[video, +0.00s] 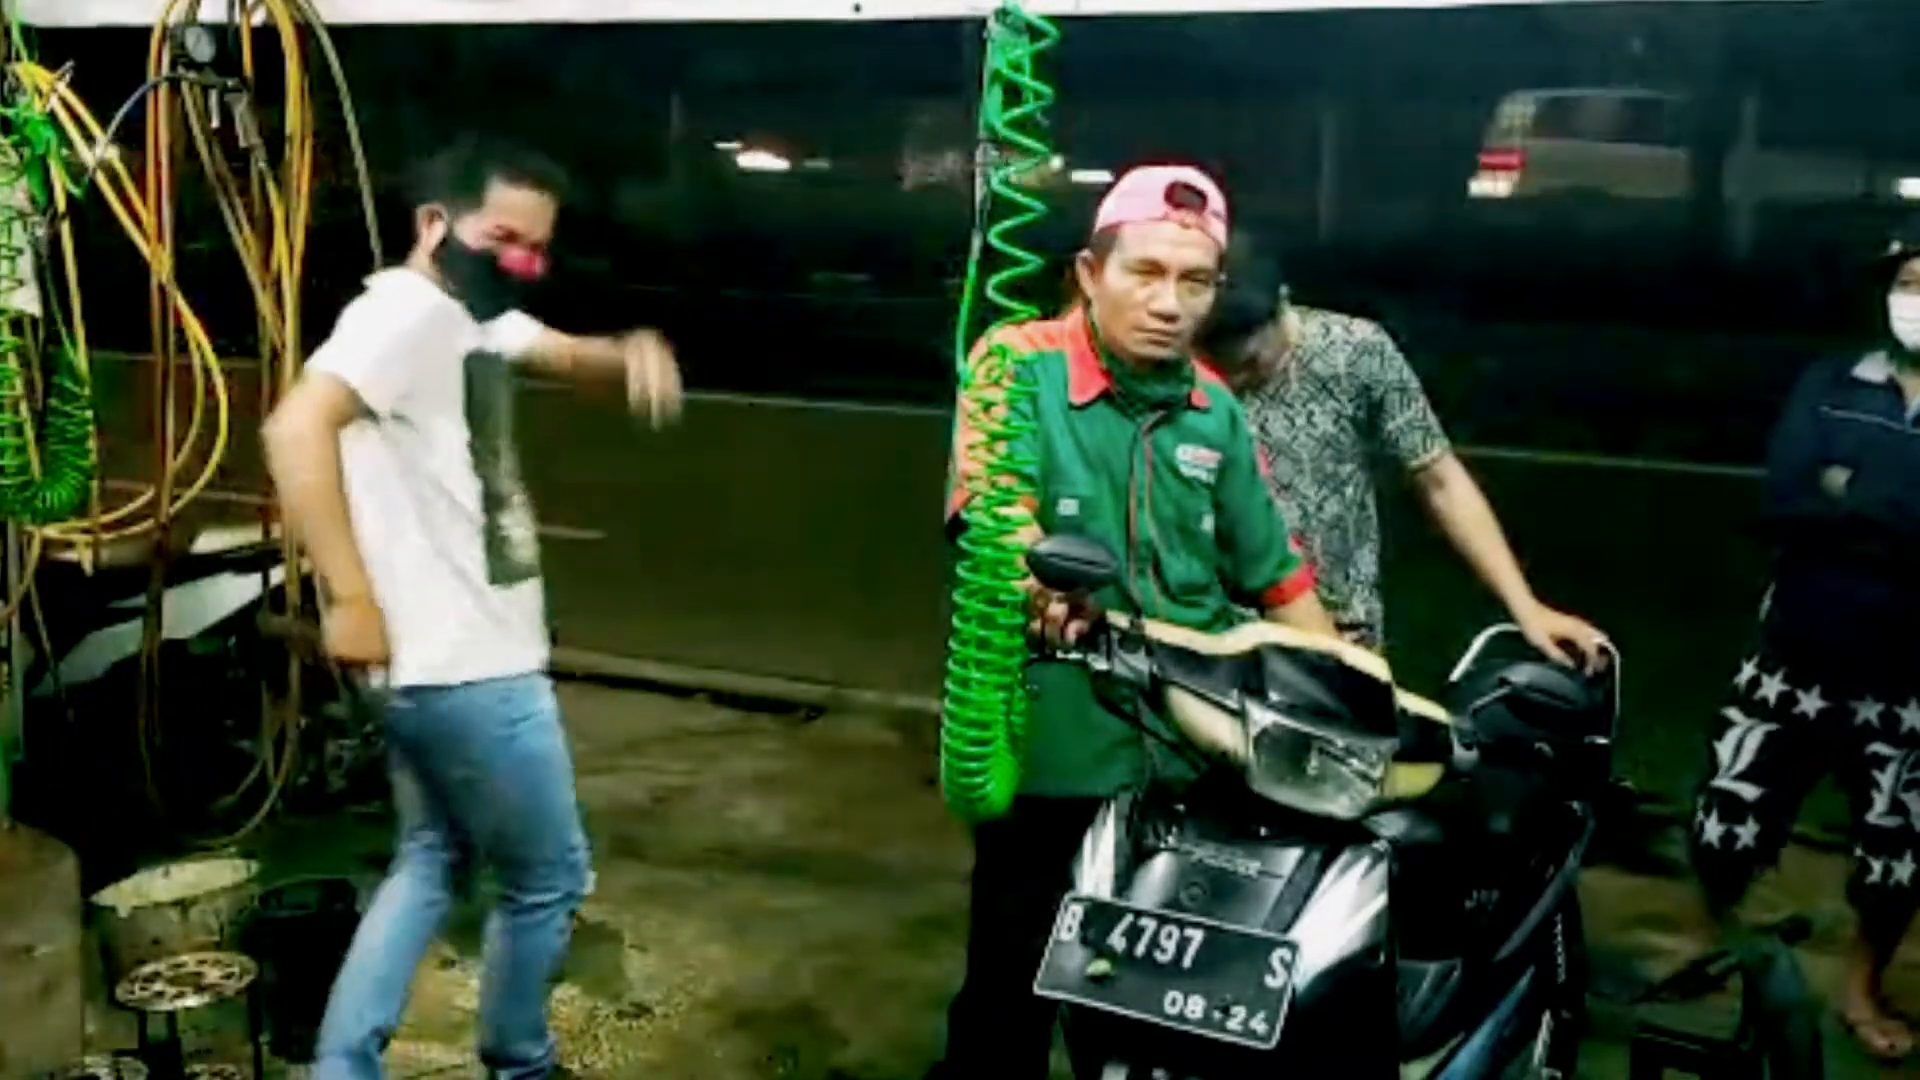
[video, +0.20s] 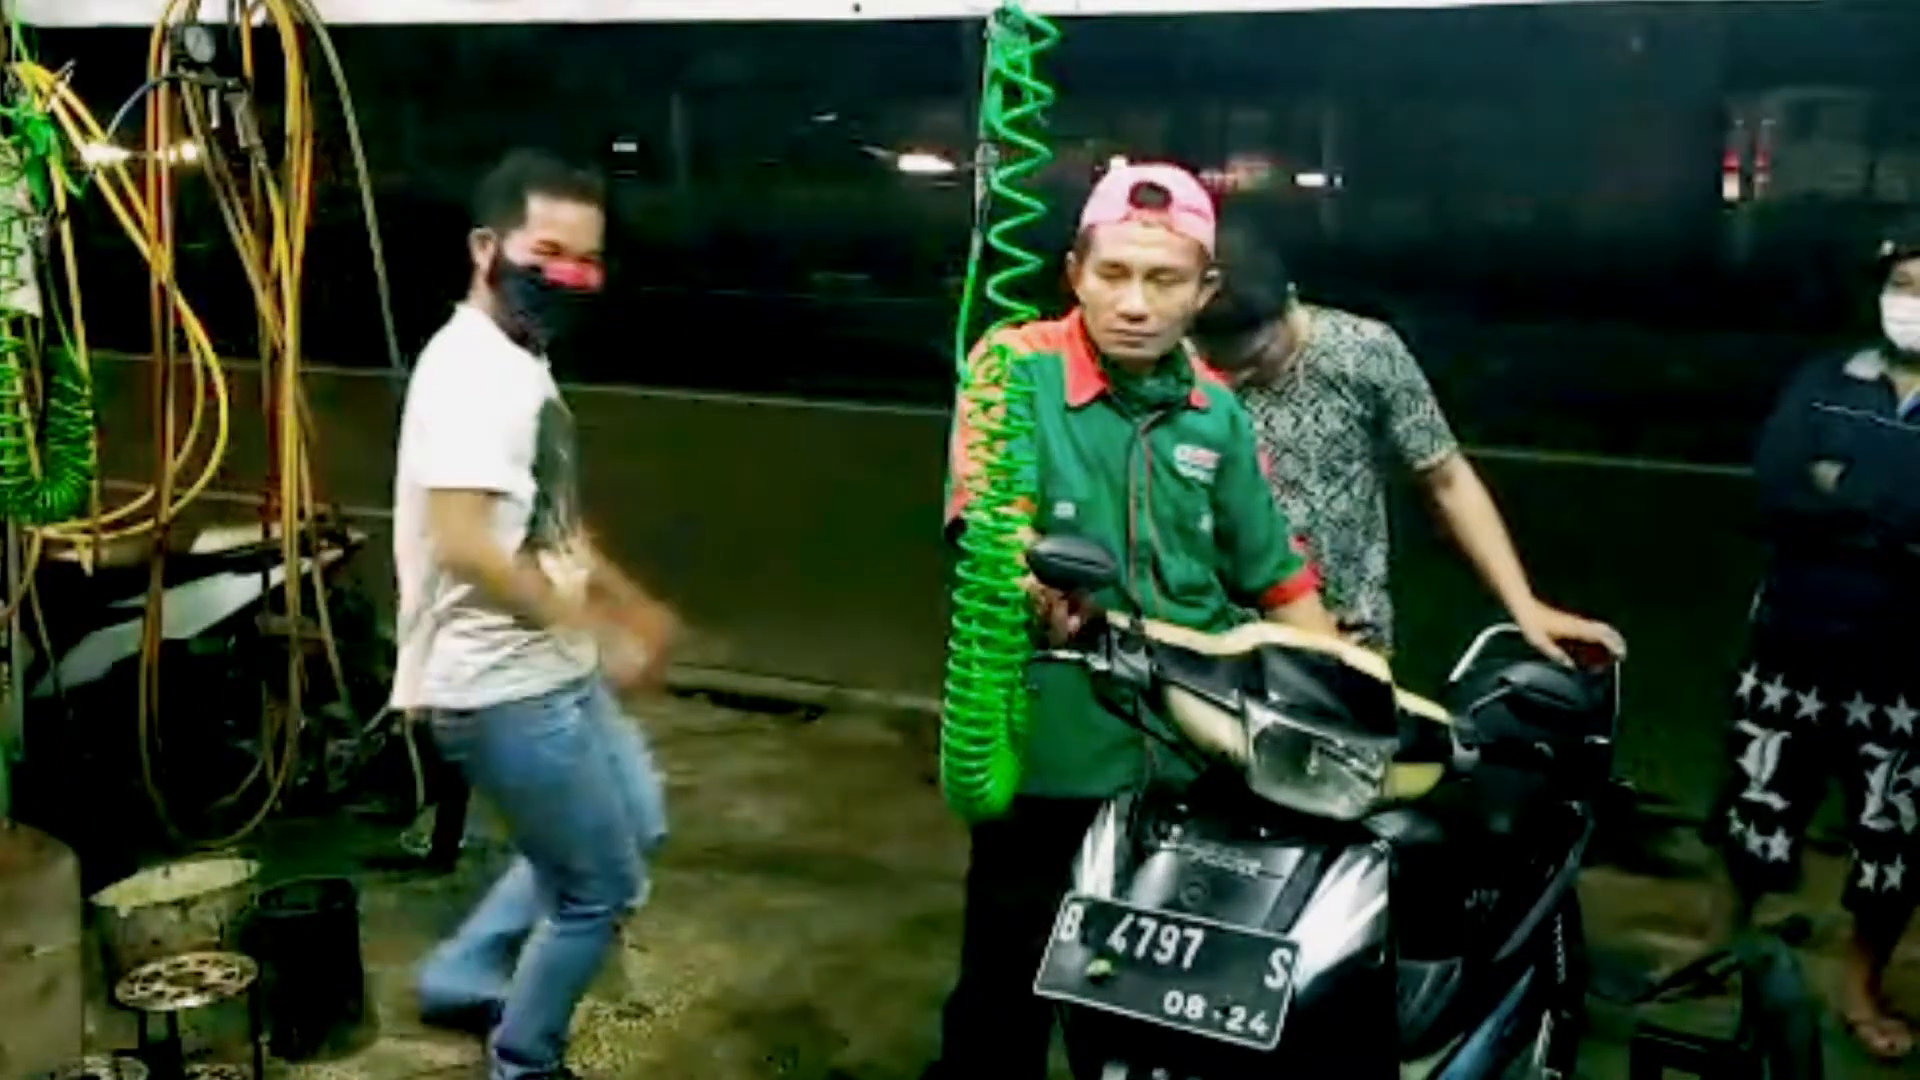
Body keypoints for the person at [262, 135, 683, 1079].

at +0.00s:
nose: (524, 268)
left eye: (537, 249)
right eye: (505, 243)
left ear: (546, 238)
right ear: (435, 228)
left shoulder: (467, 314)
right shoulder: (406, 308)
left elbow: (566, 354)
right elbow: (295, 429)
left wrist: (630, 353)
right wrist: (352, 598)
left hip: (431, 670)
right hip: (471, 670)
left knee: (432, 860)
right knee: (545, 881)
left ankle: (344, 1061)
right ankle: (518, 1061)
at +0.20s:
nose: (571, 280)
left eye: (586, 261)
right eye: (550, 255)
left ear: (599, 264)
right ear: (487, 250)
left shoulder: (516, 362)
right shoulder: (472, 367)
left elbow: (551, 530)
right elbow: (461, 541)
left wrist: (632, 610)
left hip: (545, 668)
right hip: (491, 687)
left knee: (633, 821)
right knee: (596, 887)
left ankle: (466, 975)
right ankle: (526, 1058)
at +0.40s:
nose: (596, 267)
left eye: (611, 250)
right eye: (576, 243)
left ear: (621, 251)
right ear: (517, 243)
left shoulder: (549, 334)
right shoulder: (499, 329)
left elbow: (544, 474)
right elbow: (561, 458)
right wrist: (708, 423)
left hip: (582, 652)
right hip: (526, 669)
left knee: (655, 814)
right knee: (602, 880)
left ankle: (633, 996)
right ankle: (524, 1056)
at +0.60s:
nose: (630, 244)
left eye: (644, 225)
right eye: (611, 222)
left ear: (653, 225)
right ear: (554, 218)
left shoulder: (594, 308)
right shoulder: (525, 312)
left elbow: (588, 443)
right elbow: (547, 455)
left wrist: (691, 427)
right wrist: (695, 427)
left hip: (613, 631)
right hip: (548, 644)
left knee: (652, 813)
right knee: (585, 854)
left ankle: (637, 998)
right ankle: (525, 1059)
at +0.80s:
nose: (629, 252)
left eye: (648, 232)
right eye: (610, 231)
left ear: (670, 234)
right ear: (568, 229)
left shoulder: (683, 340)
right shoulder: (508, 343)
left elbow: (740, 456)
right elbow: (462, 480)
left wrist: (780, 544)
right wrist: (522, 594)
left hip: (653, 619)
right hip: (552, 629)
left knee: (690, 802)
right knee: (608, 831)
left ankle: (639, 996)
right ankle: (538, 1043)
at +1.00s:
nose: (571, 229)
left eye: (593, 214)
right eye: (562, 209)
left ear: (649, 224)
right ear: (548, 209)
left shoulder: (703, 310)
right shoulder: (514, 304)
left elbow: (793, 386)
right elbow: (435, 401)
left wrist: (764, 410)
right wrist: (447, 522)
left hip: (665, 611)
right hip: (554, 617)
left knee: (688, 803)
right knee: (580, 821)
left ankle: (641, 990)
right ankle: (535, 952)